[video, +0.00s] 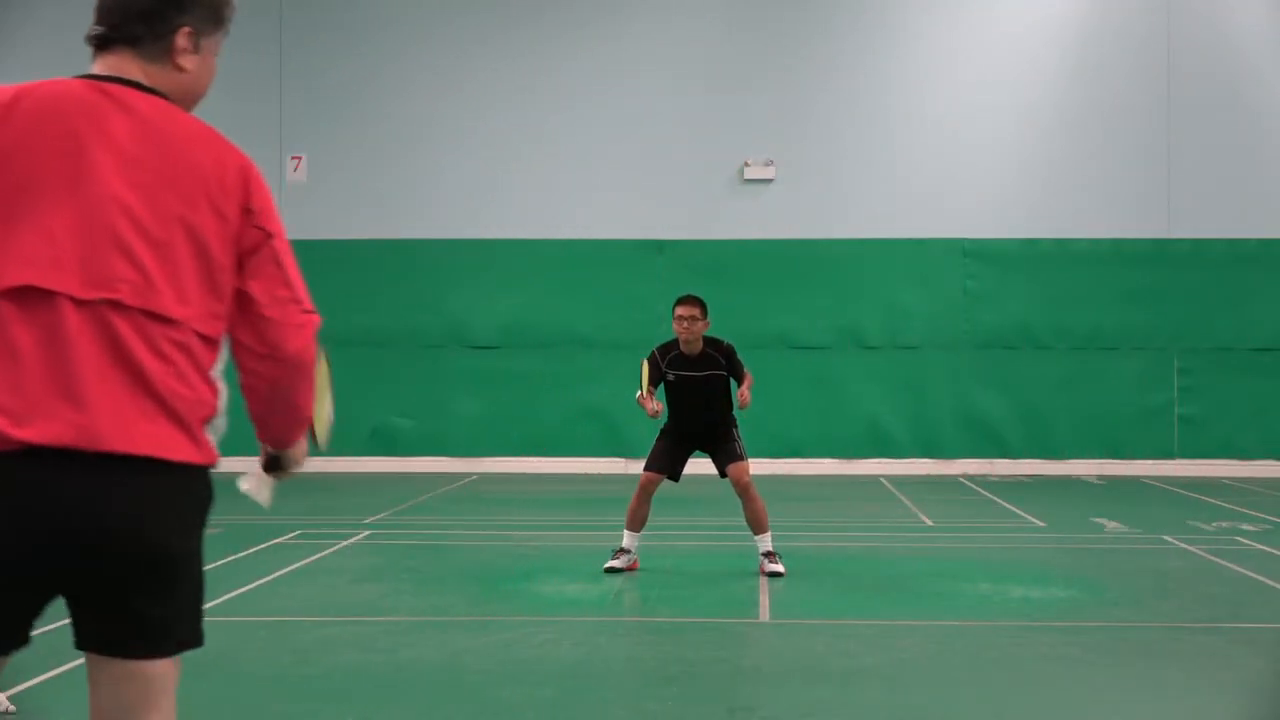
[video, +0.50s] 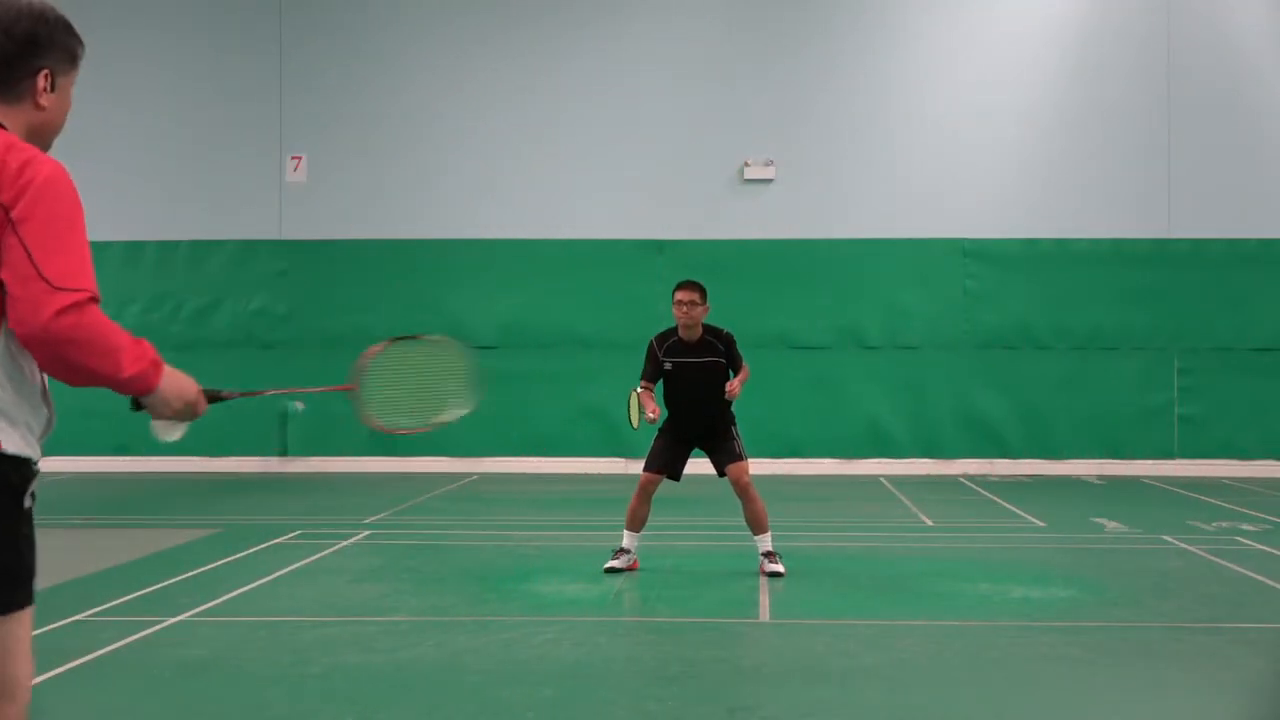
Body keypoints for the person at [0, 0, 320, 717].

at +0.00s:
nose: (214, 73)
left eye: (219, 54)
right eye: (217, 52)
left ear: (105, 33)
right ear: (184, 44)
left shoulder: (10, 111)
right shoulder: (223, 170)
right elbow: (282, 339)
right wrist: (284, 439)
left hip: (12, 469)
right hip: (147, 482)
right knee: (136, 708)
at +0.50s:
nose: (69, 108)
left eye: (69, 89)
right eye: (70, 88)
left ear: (19, 86)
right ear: (44, 86)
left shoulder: (22, 175)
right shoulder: (27, 173)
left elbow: (39, 313)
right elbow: (49, 316)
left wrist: (142, 375)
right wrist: (152, 378)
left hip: (8, 457)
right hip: (1, 456)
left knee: (13, 684)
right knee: (8, 689)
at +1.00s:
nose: (28, 159)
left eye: (37, 145)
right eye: (15, 137)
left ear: (40, 154)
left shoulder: (3, 234)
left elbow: (16, 375)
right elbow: (14, 382)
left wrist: (54, 384)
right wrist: (64, 384)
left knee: (23, 640)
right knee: (22, 640)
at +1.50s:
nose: (147, 186)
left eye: (151, 171)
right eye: (136, 166)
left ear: (78, 162)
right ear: (80, 159)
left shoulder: (14, 213)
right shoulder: (81, 248)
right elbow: (132, 387)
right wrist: (187, 435)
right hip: (19, 485)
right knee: (105, 654)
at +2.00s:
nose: (144, 175)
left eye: (143, 161)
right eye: (143, 161)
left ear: (60, 156)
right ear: (129, 163)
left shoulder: (3, 206)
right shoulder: (149, 245)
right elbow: (197, 369)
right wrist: (200, 421)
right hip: (87, 464)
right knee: (152, 629)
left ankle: (0, 703)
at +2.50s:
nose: (164, 203)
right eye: (164, 191)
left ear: (83, 185)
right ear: (155, 192)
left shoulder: (21, 227)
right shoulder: (186, 272)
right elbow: (223, 407)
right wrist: (179, 445)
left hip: (20, 460)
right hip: (136, 471)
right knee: (163, 644)